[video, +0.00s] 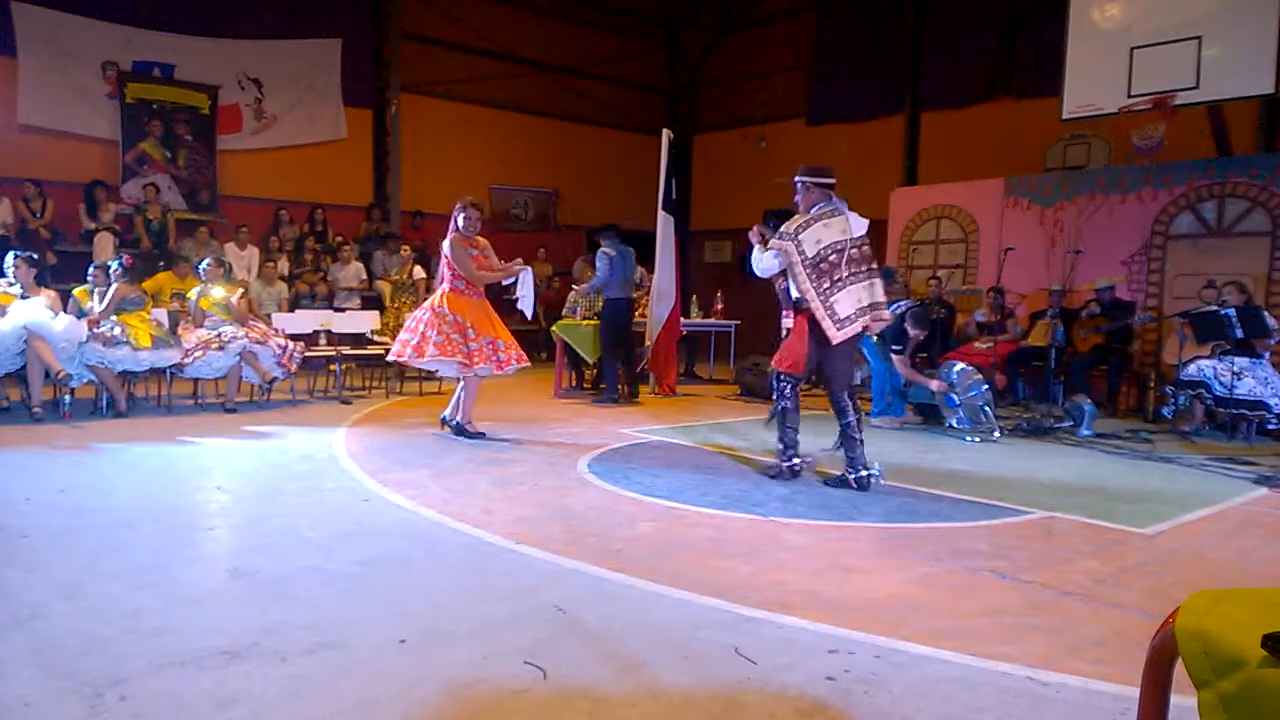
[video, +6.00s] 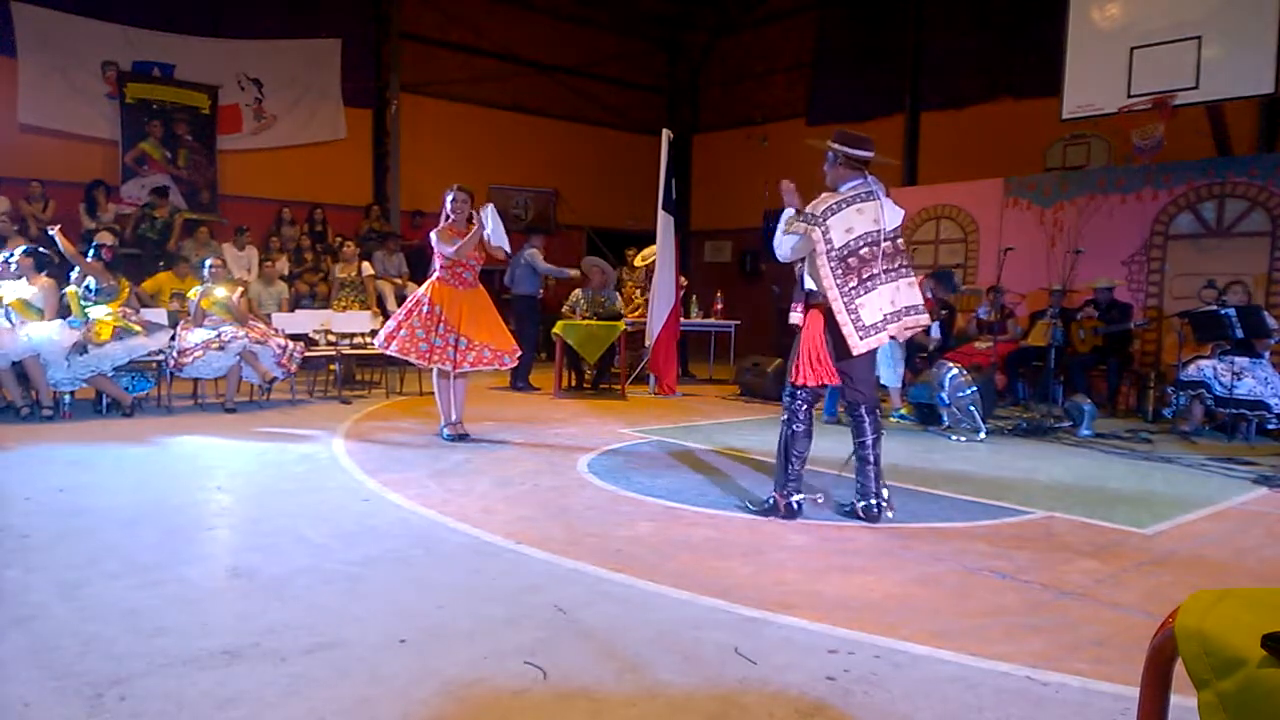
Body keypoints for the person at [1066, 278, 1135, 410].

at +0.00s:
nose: (1099, 296)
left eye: (1103, 292)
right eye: (1097, 292)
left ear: (1111, 291)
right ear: (1095, 293)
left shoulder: (1124, 306)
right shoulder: (1092, 305)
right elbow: (1075, 316)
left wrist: (1101, 311)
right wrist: (1059, 311)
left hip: (1118, 348)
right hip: (1098, 347)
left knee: (1115, 366)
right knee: (1078, 362)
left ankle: (1111, 403)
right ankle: (1082, 400)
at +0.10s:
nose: (1097, 296)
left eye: (1101, 292)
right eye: (1095, 292)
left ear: (1110, 291)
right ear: (1093, 293)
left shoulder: (1124, 306)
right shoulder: (1091, 305)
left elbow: (1120, 317)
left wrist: (1098, 312)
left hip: (1118, 348)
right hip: (1098, 347)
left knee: (1114, 366)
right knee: (1078, 363)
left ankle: (1111, 403)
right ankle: (1083, 400)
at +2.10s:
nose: (1097, 295)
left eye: (1101, 292)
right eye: (1095, 292)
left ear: (1108, 292)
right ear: (1093, 293)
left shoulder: (1122, 307)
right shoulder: (1089, 306)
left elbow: (1118, 320)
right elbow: (1070, 317)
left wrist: (1097, 317)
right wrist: (1079, 316)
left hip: (1118, 349)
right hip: (1097, 348)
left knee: (1114, 366)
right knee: (1077, 363)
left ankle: (1111, 403)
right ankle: (1084, 399)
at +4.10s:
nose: (1099, 295)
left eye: (1103, 291)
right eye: (1097, 291)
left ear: (1111, 292)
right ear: (1094, 292)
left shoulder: (1123, 308)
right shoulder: (1090, 305)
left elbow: (1118, 322)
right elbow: (1070, 315)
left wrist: (1097, 317)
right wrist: (1079, 316)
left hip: (1116, 349)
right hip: (1095, 348)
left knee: (1114, 367)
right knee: (1076, 364)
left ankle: (1111, 404)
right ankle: (1084, 400)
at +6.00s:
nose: (1097, 295)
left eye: (1101, 292)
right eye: (1096, 292)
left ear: (1110, 292)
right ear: (1094, 292)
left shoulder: (1124, 308)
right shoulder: (1091, 305)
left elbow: (1118, 320)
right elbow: (1068, 315)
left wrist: (1097, 315)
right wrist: (1079, 315)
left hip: (1117, 349)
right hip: (1096, 348)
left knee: (1114, 365)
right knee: (1076, 362)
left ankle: (1111, 403)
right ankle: (1083, 399)